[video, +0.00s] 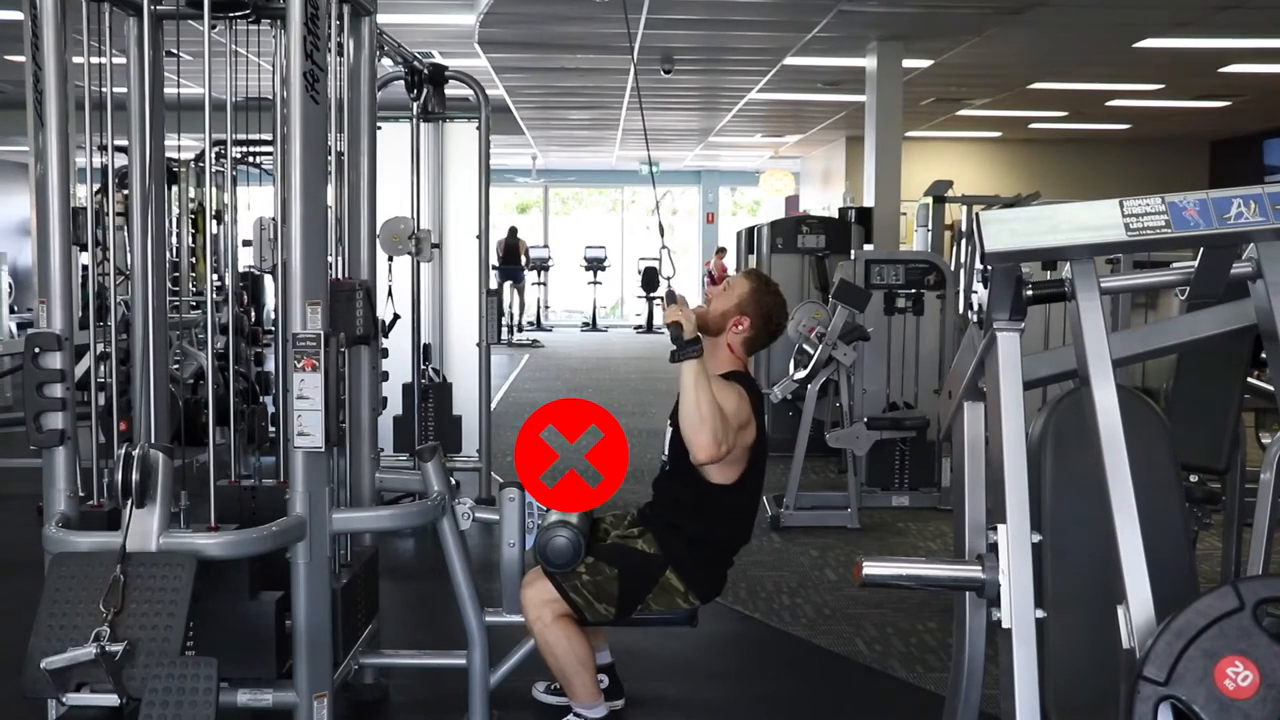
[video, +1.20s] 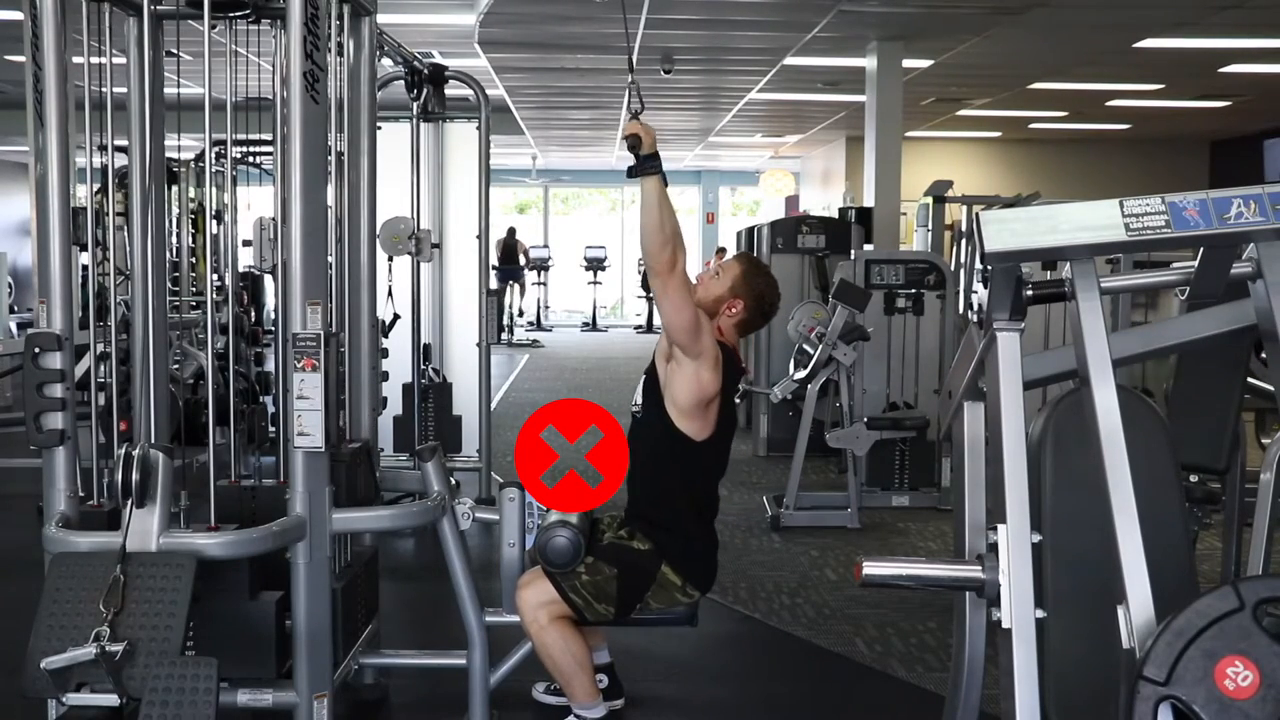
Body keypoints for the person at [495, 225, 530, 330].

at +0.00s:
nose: (512, 235)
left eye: (511, 232)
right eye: (514, 233)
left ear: (507, 233)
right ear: (517, 233)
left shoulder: (500, 243)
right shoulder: (522, 243)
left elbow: (498, 258)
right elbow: (528, 258)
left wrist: (501, 266)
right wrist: (526, 267)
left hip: (503, 270)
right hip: (517, 270)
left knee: (500, 284)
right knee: (521, 297)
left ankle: (500, 309)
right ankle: (520, 321)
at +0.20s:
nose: (512, 235)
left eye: (511, 232)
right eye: (514, 233)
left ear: (508, 232)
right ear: (517, 233)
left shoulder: (500, 242)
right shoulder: (521, 243)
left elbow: (499, 256)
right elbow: (527, 258)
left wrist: (502, 265)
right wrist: (527, 266)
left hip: (504, 269)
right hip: (517, 269)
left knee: (501, 292)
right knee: (522, 285)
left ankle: (500, 317)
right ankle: (520, 305)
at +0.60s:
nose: (507, 236)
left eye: (507, 233)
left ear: (505, 233)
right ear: (515, 234)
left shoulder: (500, 243)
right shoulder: (520, 244)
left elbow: (498, 258)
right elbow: (528, 259)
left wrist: (501, 266)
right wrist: (523, 267)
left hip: (504, 270)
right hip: (517, 271)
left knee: (499, 291)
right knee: (521, 295)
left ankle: (499, 316)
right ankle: (521, 320)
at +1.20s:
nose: (511, 236)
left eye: (510, 234)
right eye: (512, 234)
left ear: (506, 233)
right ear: (515, 234)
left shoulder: (499, 242)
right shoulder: (519, 244)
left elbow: (498, 256)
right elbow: (528, 259)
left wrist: (501, 265)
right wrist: (525, 266)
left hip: (503, 269)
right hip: (516, 270)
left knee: (501, 291)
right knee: (522, 285)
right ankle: (520, 305)